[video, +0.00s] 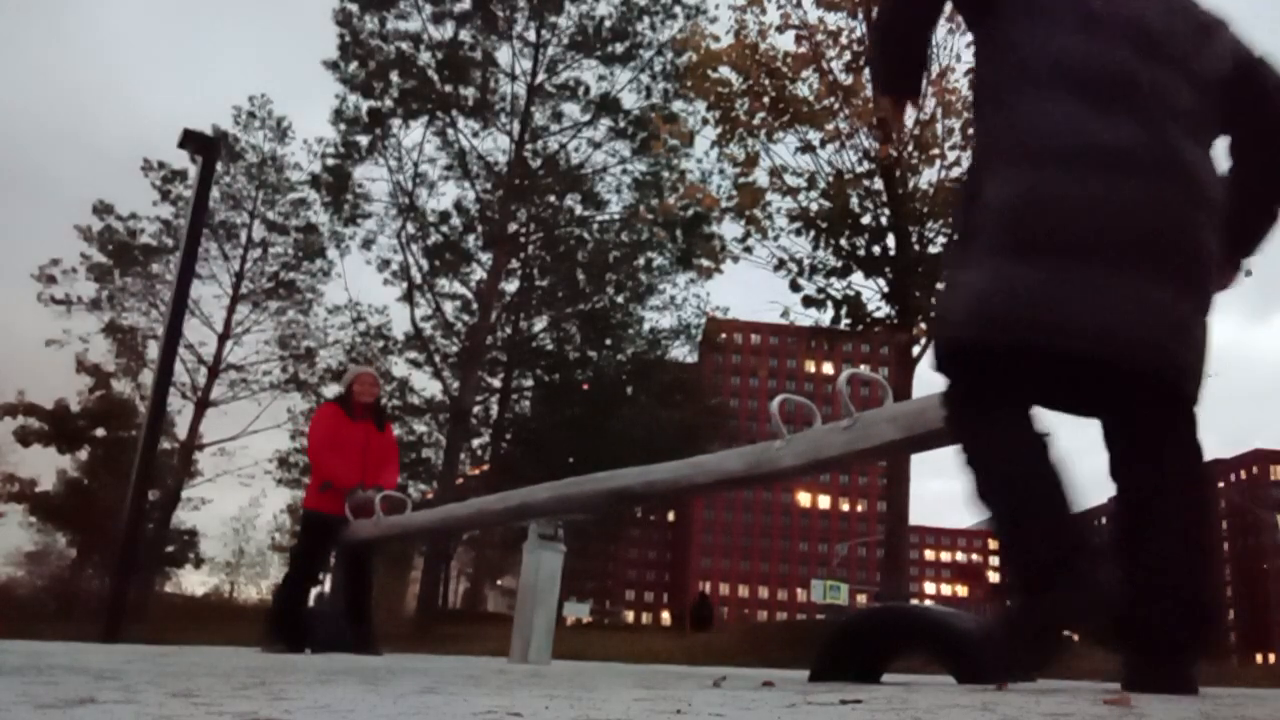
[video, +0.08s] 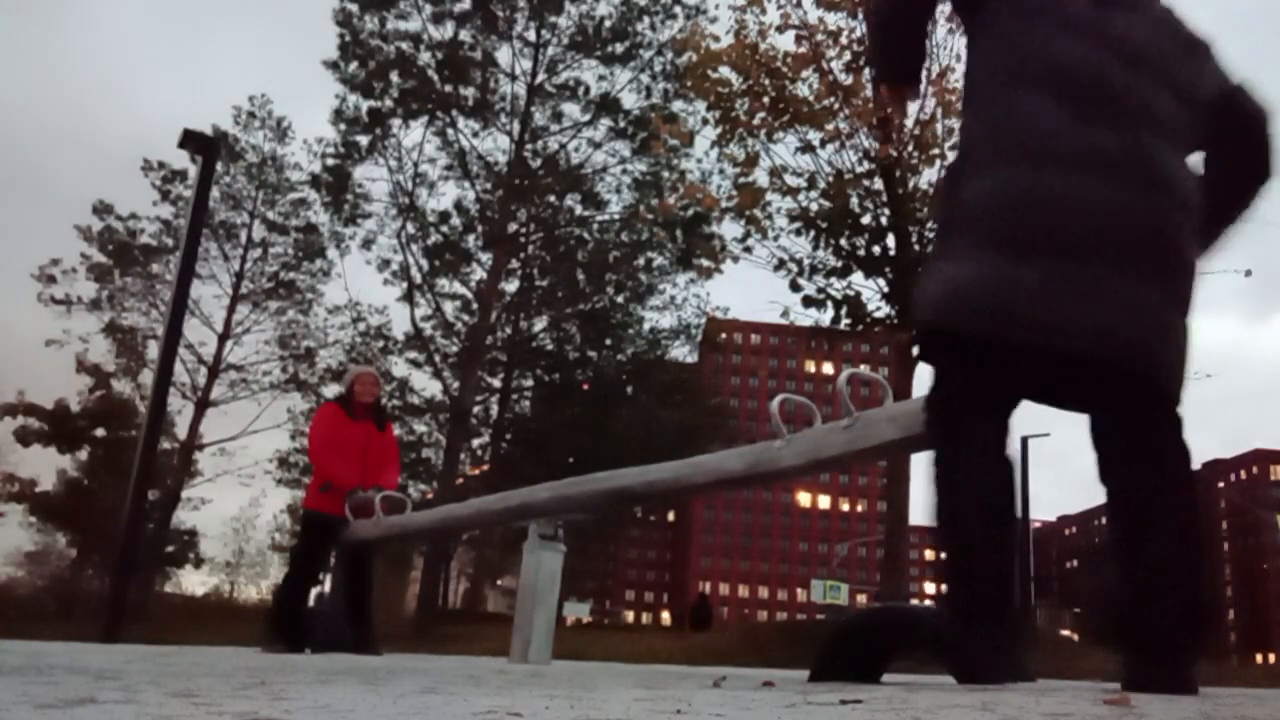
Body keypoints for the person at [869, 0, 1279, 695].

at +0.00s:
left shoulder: (1012, 7)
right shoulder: (1194, 24)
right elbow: (1270, 111)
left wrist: (896, 77)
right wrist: (1223, 242)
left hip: (1026, 221)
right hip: (1164, 237)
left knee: (983, 393)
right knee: (1156, 441)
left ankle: (1051, 582)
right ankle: (1164, 655)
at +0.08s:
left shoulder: (1004, 4)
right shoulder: (1171, 32)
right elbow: (1246, 133)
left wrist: (896, 68)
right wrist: (1182, 230)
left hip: (1002, 228)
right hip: (1137, 252)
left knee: (965, 418)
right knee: (1143, 439)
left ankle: (986, 637)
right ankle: (1164, 656)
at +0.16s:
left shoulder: (999, 8)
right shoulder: (1154, 48)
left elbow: (897, 1)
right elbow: (1204, 143)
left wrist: (893, 84)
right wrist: (1135, 212)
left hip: (977, 252)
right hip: (1115, 281)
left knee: (946, 449)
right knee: (1133, 459)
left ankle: (915, 622)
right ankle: (1162, 654)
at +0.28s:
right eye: (1093, 22)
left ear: (1023, 7)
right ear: (1090, 22)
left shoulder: (967, 31)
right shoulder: (1109, 73)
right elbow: (1139, 157)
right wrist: (1070, 178)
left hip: (952, 314)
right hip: (1081, 327)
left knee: (919, 481)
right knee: (1121, 482)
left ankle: (852, 658)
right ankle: (1161, 663)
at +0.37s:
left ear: (989, 34)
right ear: (1052, 43)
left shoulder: (940, 73)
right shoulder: (1072, 91)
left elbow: (840, 98)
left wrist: (854, 185)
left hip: (939, 335)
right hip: (1063, 336)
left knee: (911, 491)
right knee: (1109, 483)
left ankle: (863, 654)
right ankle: (1161, 658)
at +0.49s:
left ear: (922, 81)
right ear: (984, 86)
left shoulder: (879, 125)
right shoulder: (1004, 131)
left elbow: (801, 191)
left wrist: (854, 248)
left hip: (911, 362)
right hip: (1031, 351)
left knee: (890, 511)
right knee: (1096, 480)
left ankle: (857, 667)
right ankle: (1159, 653)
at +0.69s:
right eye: (898, 121)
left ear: (834, 132)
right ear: (894, 126)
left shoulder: (805, 183)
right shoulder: (919, 159)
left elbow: (791, 284)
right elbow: (942, 237)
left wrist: (833, 344)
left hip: (876, 347)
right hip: (979, 314)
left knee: (871, 501)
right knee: (1087, 409)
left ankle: (859, 651)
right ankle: (1152, 571)